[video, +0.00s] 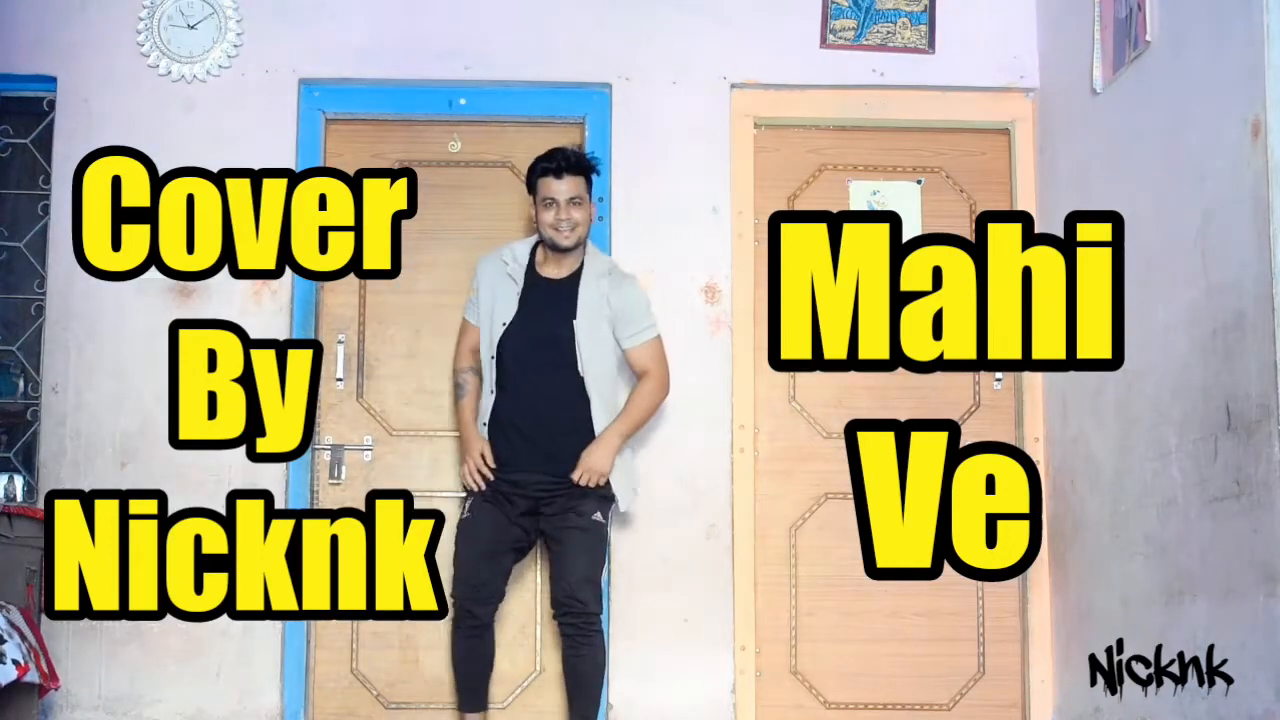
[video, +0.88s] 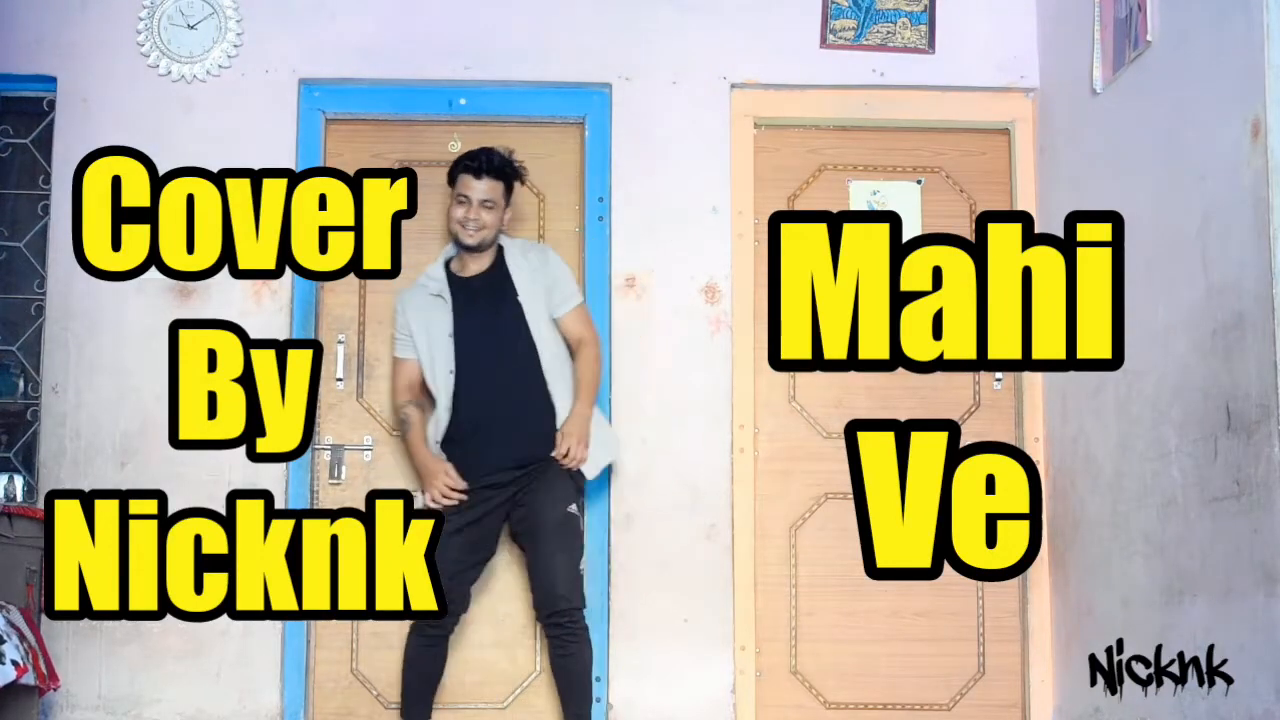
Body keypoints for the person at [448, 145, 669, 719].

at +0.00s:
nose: (563, 215)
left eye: (575, 202)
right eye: (550, 203)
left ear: (593, 209)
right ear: (534, 210)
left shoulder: (616, 285)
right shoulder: (496, 271)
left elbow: (655, 378)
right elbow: (469, 358)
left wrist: (610, 442)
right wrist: (469, 432)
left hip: (576, 487)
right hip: (500, 482)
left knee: (579, 615)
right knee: (470, 608)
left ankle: (585, 719)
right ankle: (472, 714)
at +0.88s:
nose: (472, 215)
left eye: (488, 205)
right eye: (464, 201)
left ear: (506, 212)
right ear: (450, 203)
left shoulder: (540, 264)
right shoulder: (418, 297)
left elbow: (586, 343)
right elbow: (409, 396)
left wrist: (580, 417)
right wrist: (425, 460)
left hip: (545, 469)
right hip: (464, 481)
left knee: (562, 611)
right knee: (432, 615)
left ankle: (580, 719)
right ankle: (413, 718)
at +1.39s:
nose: (434, 196)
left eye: (448, 186)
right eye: (423, 185)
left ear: (468, 200)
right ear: (408, 196)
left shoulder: (490, 267)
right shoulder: (377, 268)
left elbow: (518, 341)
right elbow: (320, 347)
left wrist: (520, 411)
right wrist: (355, 433)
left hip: (479, 471)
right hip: (400, 473)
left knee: (496, 597)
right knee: (402, 608)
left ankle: (481, 716)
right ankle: (398, 717)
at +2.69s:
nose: (497, 225)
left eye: (511, 215)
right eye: (487, 209)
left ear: (525, 219)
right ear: (467, 206)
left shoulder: (542, 269)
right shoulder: (441, 279)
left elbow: (632, 282)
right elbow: (462, 371)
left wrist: (710, 261)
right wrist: (536, 394)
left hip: (579, 469)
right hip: (501, 479)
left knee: (601, 609)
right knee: (473, 611)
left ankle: (606, 717)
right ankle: (460, 707)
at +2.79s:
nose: (515, 223)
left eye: (528, 212)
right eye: (503, 209)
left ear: (543, 220)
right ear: (484, 213)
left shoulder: (568, 282)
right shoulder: (451, 285)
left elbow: (651, 310)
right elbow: (443, 375)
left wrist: (669, 324)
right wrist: (505, 353)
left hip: (603, 473)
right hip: (527, 486)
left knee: (612, 611)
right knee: (526, 602)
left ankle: (608, 717)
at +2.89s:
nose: (533, 229)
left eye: (545, 216)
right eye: (520, 216)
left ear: (559, 223)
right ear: (501, 222)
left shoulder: (583, 294)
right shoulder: (465, 288)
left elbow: (651, 370)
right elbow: (445, 372)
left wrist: (610, 346)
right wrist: (481, 298)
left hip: (616, 476)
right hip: (541, 488)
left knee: (624, 613)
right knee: (558, 599)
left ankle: (614, 714)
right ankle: (593, 617)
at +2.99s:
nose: (546, 236)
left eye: (556, 222)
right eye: (531, 225)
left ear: (570, 224)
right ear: (510, 229)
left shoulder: (595, 300)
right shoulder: (486, 293)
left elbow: (634, 389)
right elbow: (451, 360)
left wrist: (580, 346)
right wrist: (461, 272)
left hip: (618, 485)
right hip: (543, 495)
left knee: (625, 620)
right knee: (540, 604)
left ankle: (616, 716)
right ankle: (578, 660)